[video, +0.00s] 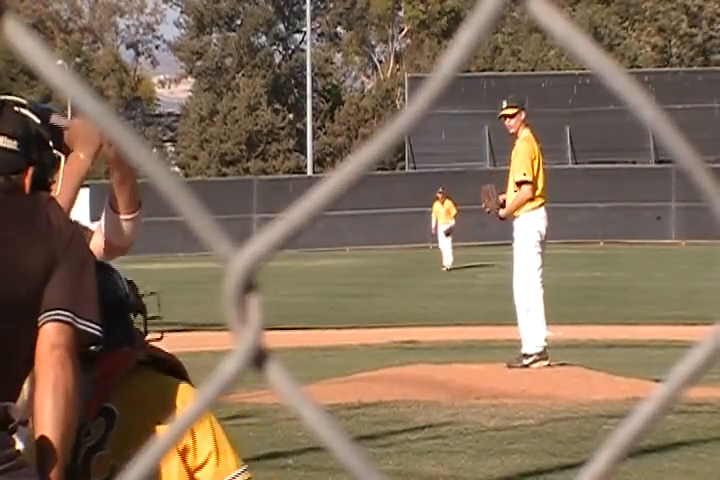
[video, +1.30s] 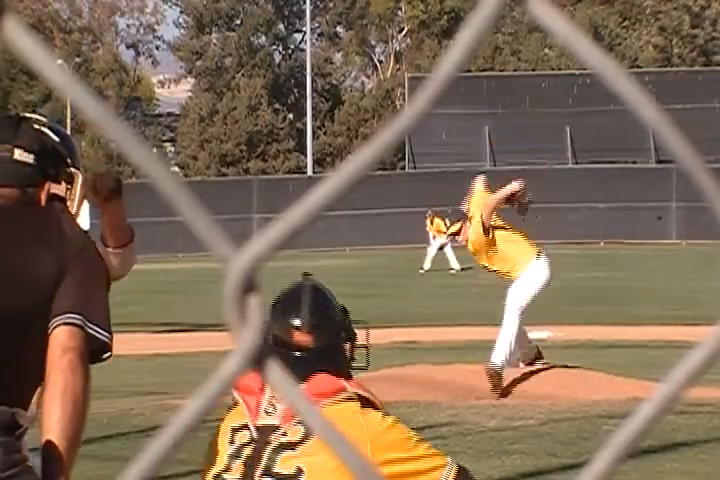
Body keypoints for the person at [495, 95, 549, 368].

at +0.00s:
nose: (508, 122)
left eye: (512, 116)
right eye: (505, 118)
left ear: (523, 116)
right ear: (505, 121)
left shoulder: (524, 145)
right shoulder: (524, 142)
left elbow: (527, 189)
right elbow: (523, 182)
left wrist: (507, 210)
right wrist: (505, 198)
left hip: (530, 215)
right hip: (527, 213)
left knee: (527, 281)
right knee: (525, 281)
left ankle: (534, 346)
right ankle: (532, 345)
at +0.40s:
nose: (498, 135)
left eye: (500, 129)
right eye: (495, 132)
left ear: (512, 126)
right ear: (503, 131)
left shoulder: (519, 148)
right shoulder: (525, 147)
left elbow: (515, 198)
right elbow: (520, 197)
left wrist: (489, 207)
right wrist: (493, 201)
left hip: (530, 218)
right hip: (541, 217)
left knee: (490, 257)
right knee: (525, 282)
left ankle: (513, 311)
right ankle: (533, 346)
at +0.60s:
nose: (491, 144)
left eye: (491, 138)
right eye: (488, 141)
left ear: (502, 132)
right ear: (500, 135)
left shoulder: (511, 152)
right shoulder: (518, 150)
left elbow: (504, 201)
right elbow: (509, 197)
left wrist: (473, 199)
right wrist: (478, 196)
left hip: (531, 212)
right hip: (543, 213)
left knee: (485, 214)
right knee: (530, 279)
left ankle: (515, 258)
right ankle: (532, 344)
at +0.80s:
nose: (477, 165)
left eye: (478, 159)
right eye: (474, 162)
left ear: (488, 152)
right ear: (486, 155)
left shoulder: (497, 167)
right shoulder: (505, 167)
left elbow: (493, 212)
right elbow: (504, 216)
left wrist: (472, 238)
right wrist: (485, 241)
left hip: (536, 217)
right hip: (547, 215)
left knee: (498, 252)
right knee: (530, 280)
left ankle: (544, 266)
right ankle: (533, 346)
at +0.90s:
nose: (470, 185)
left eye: (471, 178)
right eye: (467, 182)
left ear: (482, 170)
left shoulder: (491, 183)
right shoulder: (498, 181)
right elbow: (512, 233)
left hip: (540, 219)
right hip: (546, 218)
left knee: (509, 268)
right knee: (532, 284)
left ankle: (542, 307)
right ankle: (532, 348)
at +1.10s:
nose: (463, 224)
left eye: (462, 218)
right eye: (460, 221)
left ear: (470, 209)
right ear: (471, 209)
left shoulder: (481, 214)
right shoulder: (486, 213)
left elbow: (488, 243)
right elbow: (508, 249)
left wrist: (483, 263)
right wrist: (494, 260)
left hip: (540, 230)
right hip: (536, 232)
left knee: (517, 287)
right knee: (510, 290)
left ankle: (506, 346)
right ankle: (528, 347)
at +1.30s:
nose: (458, 240)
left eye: (458, 234)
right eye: (455, 237)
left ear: (466, 226)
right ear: (463, 228)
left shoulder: (477, 240)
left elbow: (486, 207)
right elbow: (478, 184)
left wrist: (509, 190)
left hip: (535, 267)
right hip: (530, 268)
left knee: (513, 306)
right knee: (512, 307)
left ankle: (497, 364)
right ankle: (527, 352)